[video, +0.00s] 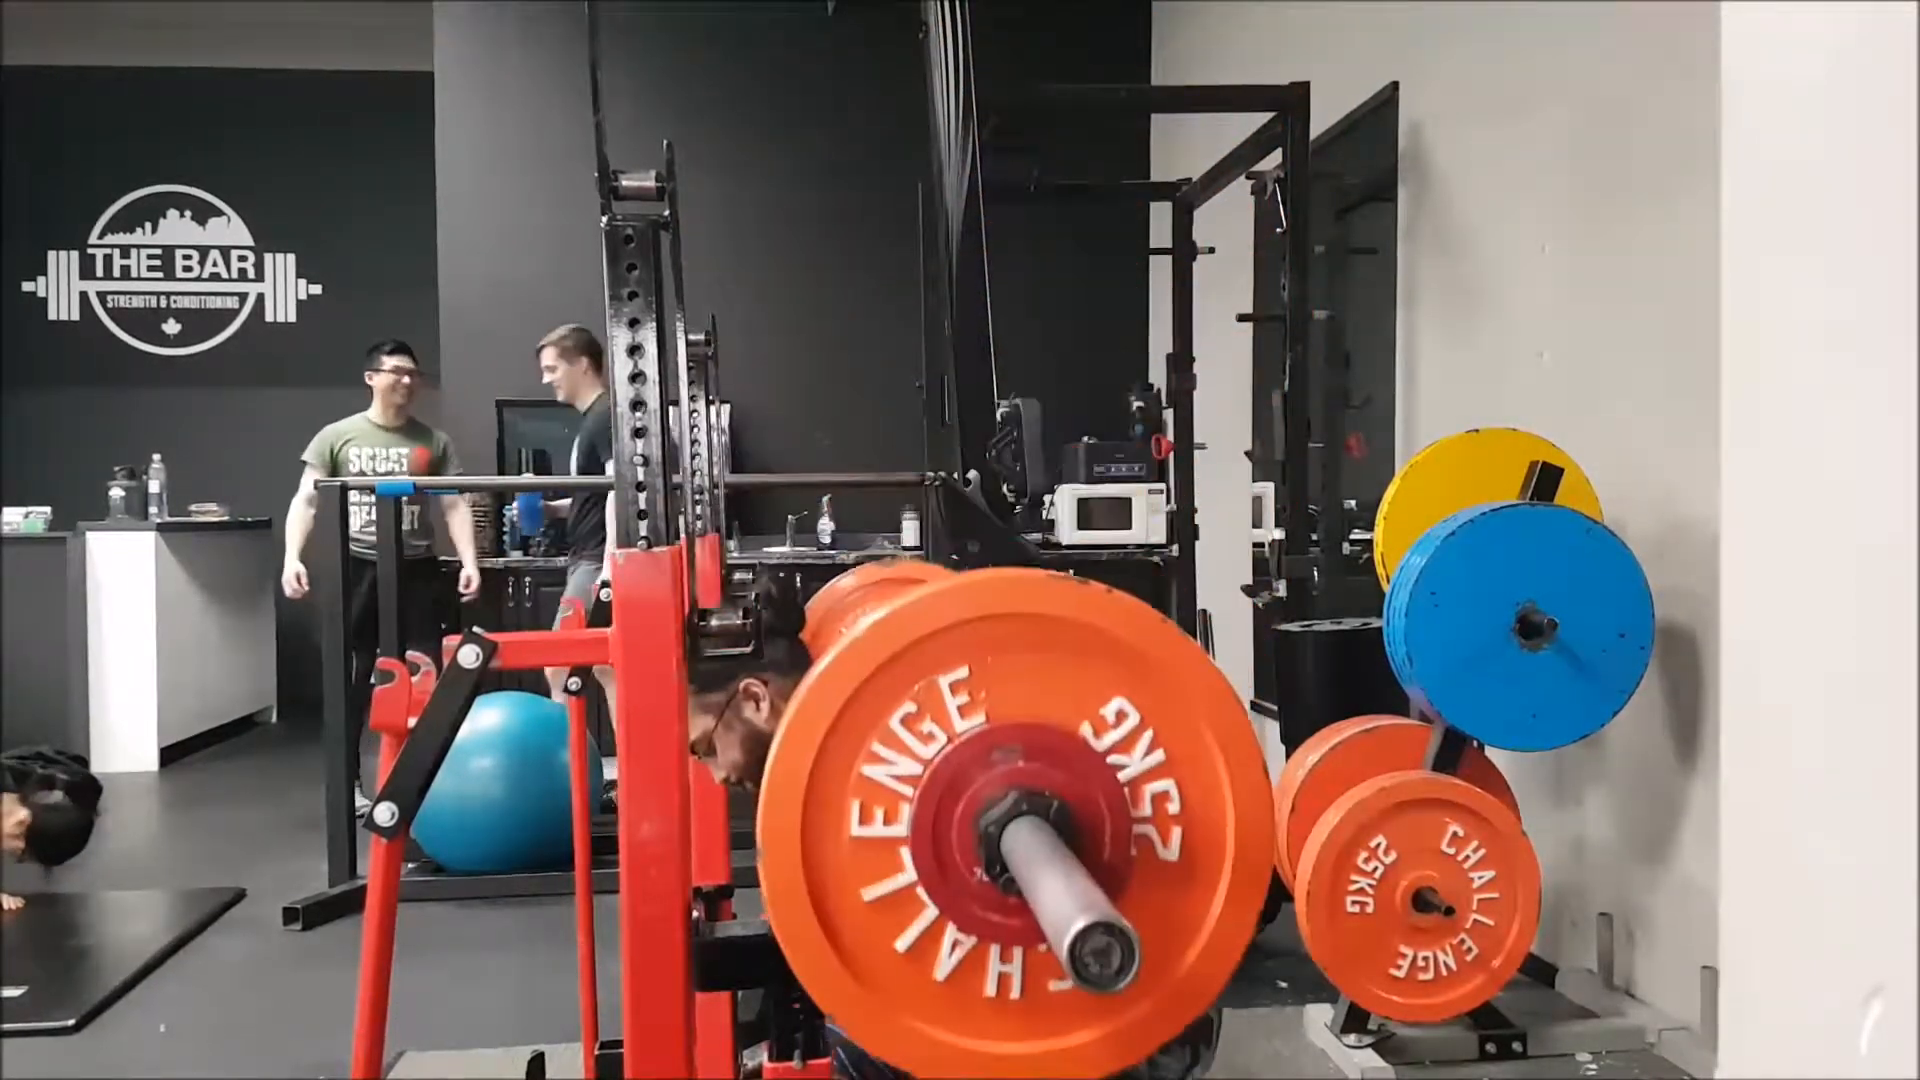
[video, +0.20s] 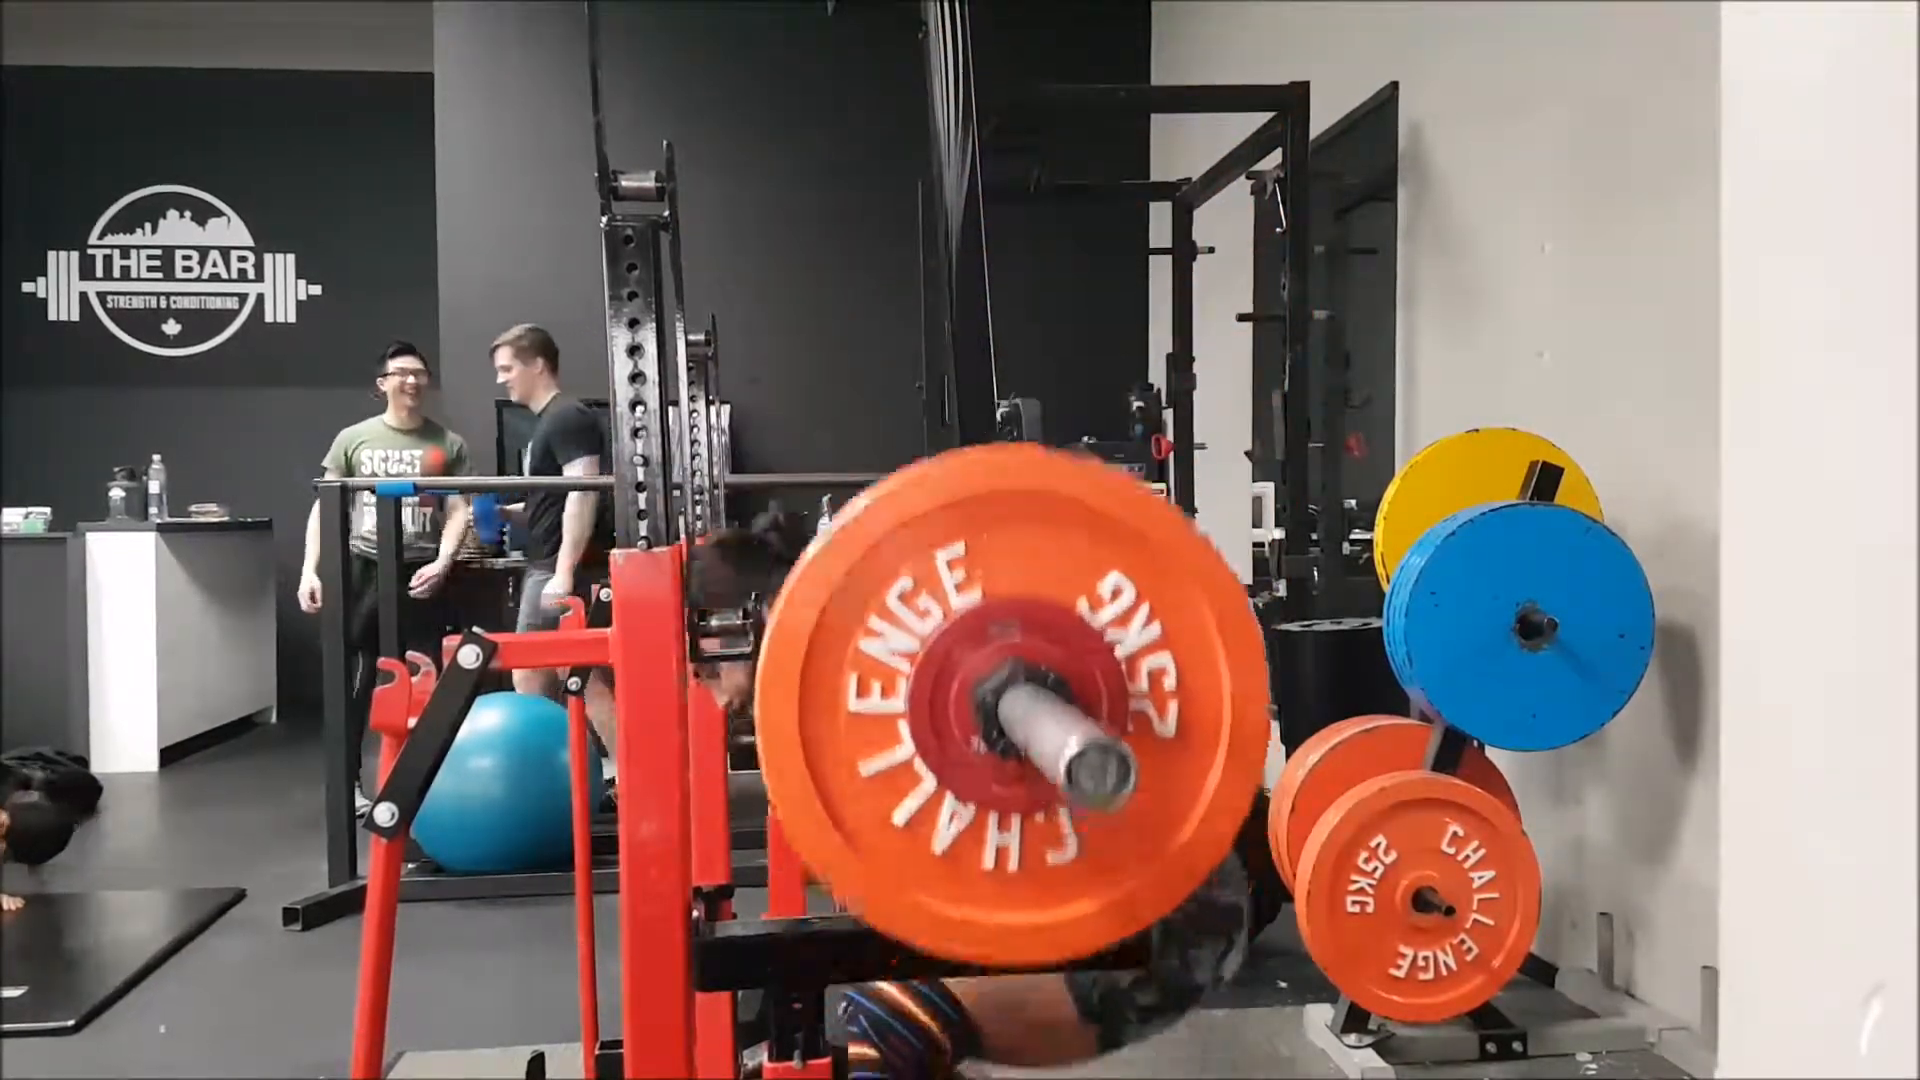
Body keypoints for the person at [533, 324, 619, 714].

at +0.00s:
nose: (546, 380)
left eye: (552, 369)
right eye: (544, 371)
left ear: (583, 365)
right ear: (580, 366)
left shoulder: (607, 418)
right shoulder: (590, 419)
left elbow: (619, 495)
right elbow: (591, 498)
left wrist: (613, 561)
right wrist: (547, 509)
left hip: (597, 559)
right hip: (584, 557)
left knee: (558, 661)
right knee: (607, 667)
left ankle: (571, 766)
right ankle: (633, 757)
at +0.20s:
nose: (501, 379)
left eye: (507, 369)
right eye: (499, 371)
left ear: (539, 366)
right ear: (535, 369)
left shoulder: (567, 417)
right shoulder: (547, 422)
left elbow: (584, 493)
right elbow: (550, 505)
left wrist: (564, 573)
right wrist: (510, 510)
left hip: (552, 569)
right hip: (546, 566)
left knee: (530, 677)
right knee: (586, 676)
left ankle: (527, 784)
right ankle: (623, 769)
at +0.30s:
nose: (478, 376)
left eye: (484, 365)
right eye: (476, 367)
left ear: (517, 363)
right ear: (510, 367)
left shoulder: (541, 416)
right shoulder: (522, 417)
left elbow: (549, 497)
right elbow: (522, 500)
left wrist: (530, 574)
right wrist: (475, 504)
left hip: (526, 570)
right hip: (517, 568)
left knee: (518, 685)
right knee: (548, 687)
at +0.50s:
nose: (440, 372)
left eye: (447, 362)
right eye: (439, 364)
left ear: (477, 360)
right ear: (473, 362)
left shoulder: (500, 414)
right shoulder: (487, 413)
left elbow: (479, 499)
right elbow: (479, 497)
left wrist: (443, 573)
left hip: (501, 570)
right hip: (481, 568)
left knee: (497, 687)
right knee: (432, 665)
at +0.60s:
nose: (415, 373)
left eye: (423, 362)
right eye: (413, 364)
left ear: (456, 360)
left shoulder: (480, 413)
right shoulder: (462, 415)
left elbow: (450, 498)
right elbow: (442, 497)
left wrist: (407, 556)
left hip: (485, 566)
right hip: (450, 564)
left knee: (485, 678)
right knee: (415, 652)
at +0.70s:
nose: (392, 376)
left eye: (398, 365)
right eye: (390, 368)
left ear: (432, 362)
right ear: (429, 363)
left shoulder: (457, 416)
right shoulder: (433, 421)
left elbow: (429, 501)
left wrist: (382, 545)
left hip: (464, 573)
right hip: (426, 573)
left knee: (471, 692)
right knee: (422, 688)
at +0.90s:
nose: (403, 385)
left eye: (411, 376)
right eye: (398, 379)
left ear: (439, 380)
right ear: (392, 383)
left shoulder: (469, 445)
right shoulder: (392, 447)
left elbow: (489, 515)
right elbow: (377, 513)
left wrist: (488, 583)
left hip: (453, 570)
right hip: (399, 573)